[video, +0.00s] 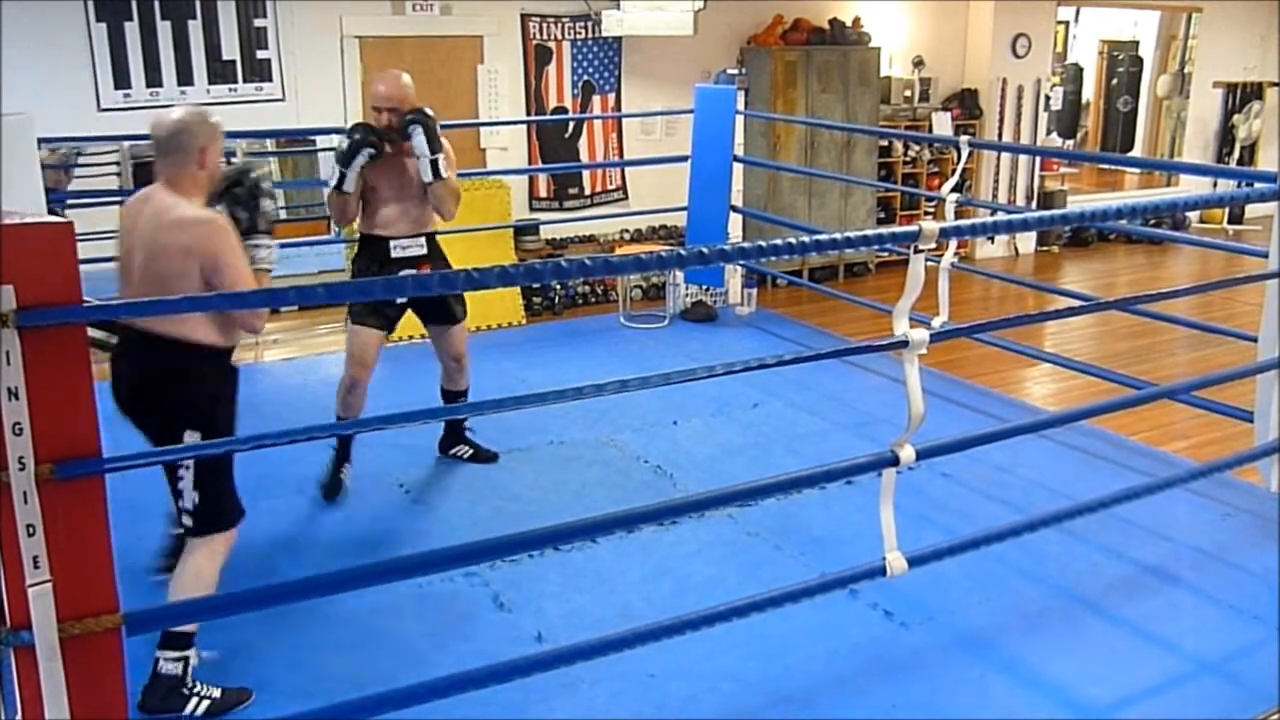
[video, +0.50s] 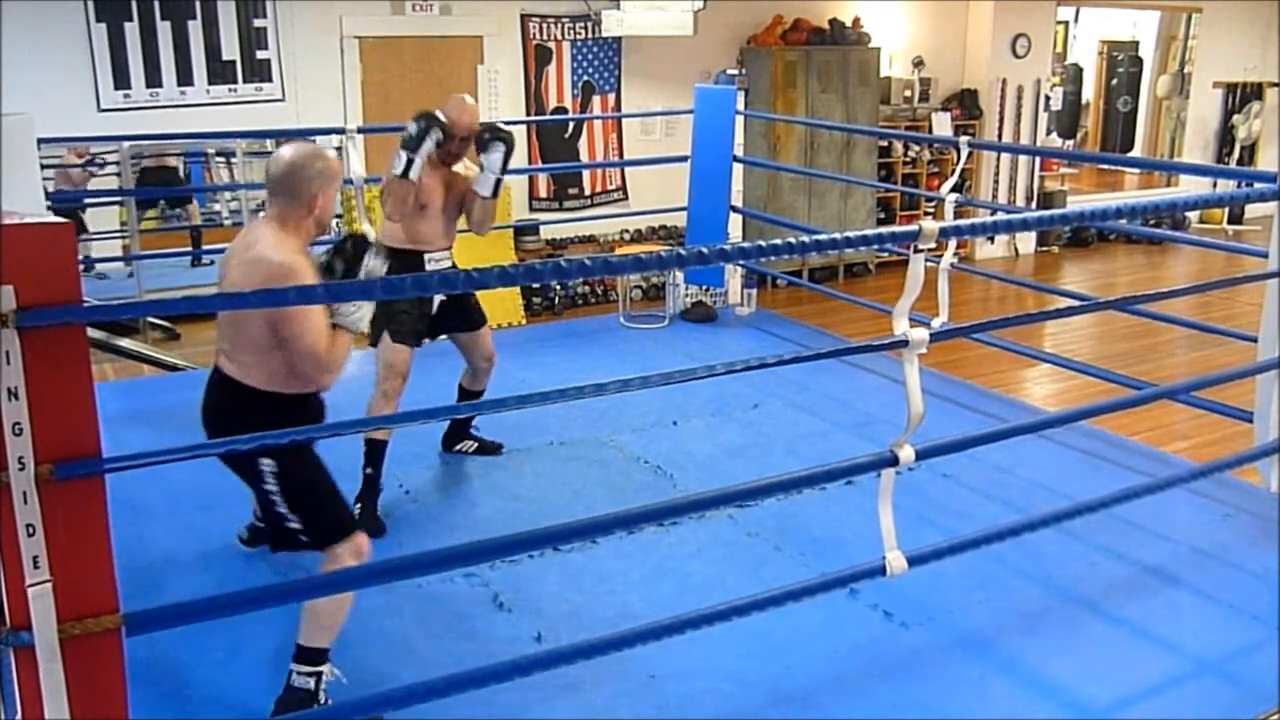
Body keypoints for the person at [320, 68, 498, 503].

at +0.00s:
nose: (383, 120)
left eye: (392, 111)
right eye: (376, 110)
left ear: (412, 109)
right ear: (366, 108)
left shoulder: (434, 145)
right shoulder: (357, 150)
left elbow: (448, 209)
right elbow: (341, 217)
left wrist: (427, 155)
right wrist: (350, 166)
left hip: (427, 253)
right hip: (375, 257)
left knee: (456, 356)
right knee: (357, 374)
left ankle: (454, 437)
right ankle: (341, 458)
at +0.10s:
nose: (405, 132)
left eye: (413, 123)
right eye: (398, 123)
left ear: (427, 118)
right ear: (384, 117)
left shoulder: (437, 149)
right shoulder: (366, 145)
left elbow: (442, 214)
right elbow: (346, 206)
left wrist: (433, 159)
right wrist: (355, 150)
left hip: (424, 257)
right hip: (375, 260)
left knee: (464, 363)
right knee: (373, 372)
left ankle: (454, 437)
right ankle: (363, 491)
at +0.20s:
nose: (420, 149)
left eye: (429, 141)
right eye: (413, 139)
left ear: (439, 141)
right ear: (394, 132)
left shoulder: (433, 168)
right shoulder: (371, 162)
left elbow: (436, 217)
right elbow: (366, 199)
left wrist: (444, 161)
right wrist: (376, 141)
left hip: (420, 272)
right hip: (373, 278)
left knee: (482, 360)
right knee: (376, 393)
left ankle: (458, 432)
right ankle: (366, 499)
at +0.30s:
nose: (440, 144)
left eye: (447, 136)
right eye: (433, 134)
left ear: (450, 135)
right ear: (409, 128)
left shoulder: (439, 165)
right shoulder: (380, 159)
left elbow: (451, 217)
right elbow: (377, 185)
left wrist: (464, 169)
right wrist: (390, 137)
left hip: (425, 267)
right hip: (379, 274)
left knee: (482, 353)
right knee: (375, 385)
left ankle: (459, 432)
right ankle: (364, 499)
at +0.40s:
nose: (452, 146)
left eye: (460, 139)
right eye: (447, 135)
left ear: (465, 141)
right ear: (426, 126)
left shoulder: (452, 170)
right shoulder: (400, 162)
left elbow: (465, 219)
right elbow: (391, 203)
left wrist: (479, 168)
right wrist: (402, 144)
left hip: (436, 270)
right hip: (392, 273)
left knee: (480, 359)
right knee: (383, 384)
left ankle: (460, 429)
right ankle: (365, 496)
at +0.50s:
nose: (460, 149)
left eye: (467, 142)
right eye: (454, 140)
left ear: (474, 139)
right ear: (437, 131)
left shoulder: (464, 172)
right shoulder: (411, 159)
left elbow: (480, 224)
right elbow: (395, 209)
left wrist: (491, 173)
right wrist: (410, 153)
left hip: (446, 272)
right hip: (403, 274)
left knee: (483, 359)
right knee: (390, 382)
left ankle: (458, 433)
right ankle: (369, 493)